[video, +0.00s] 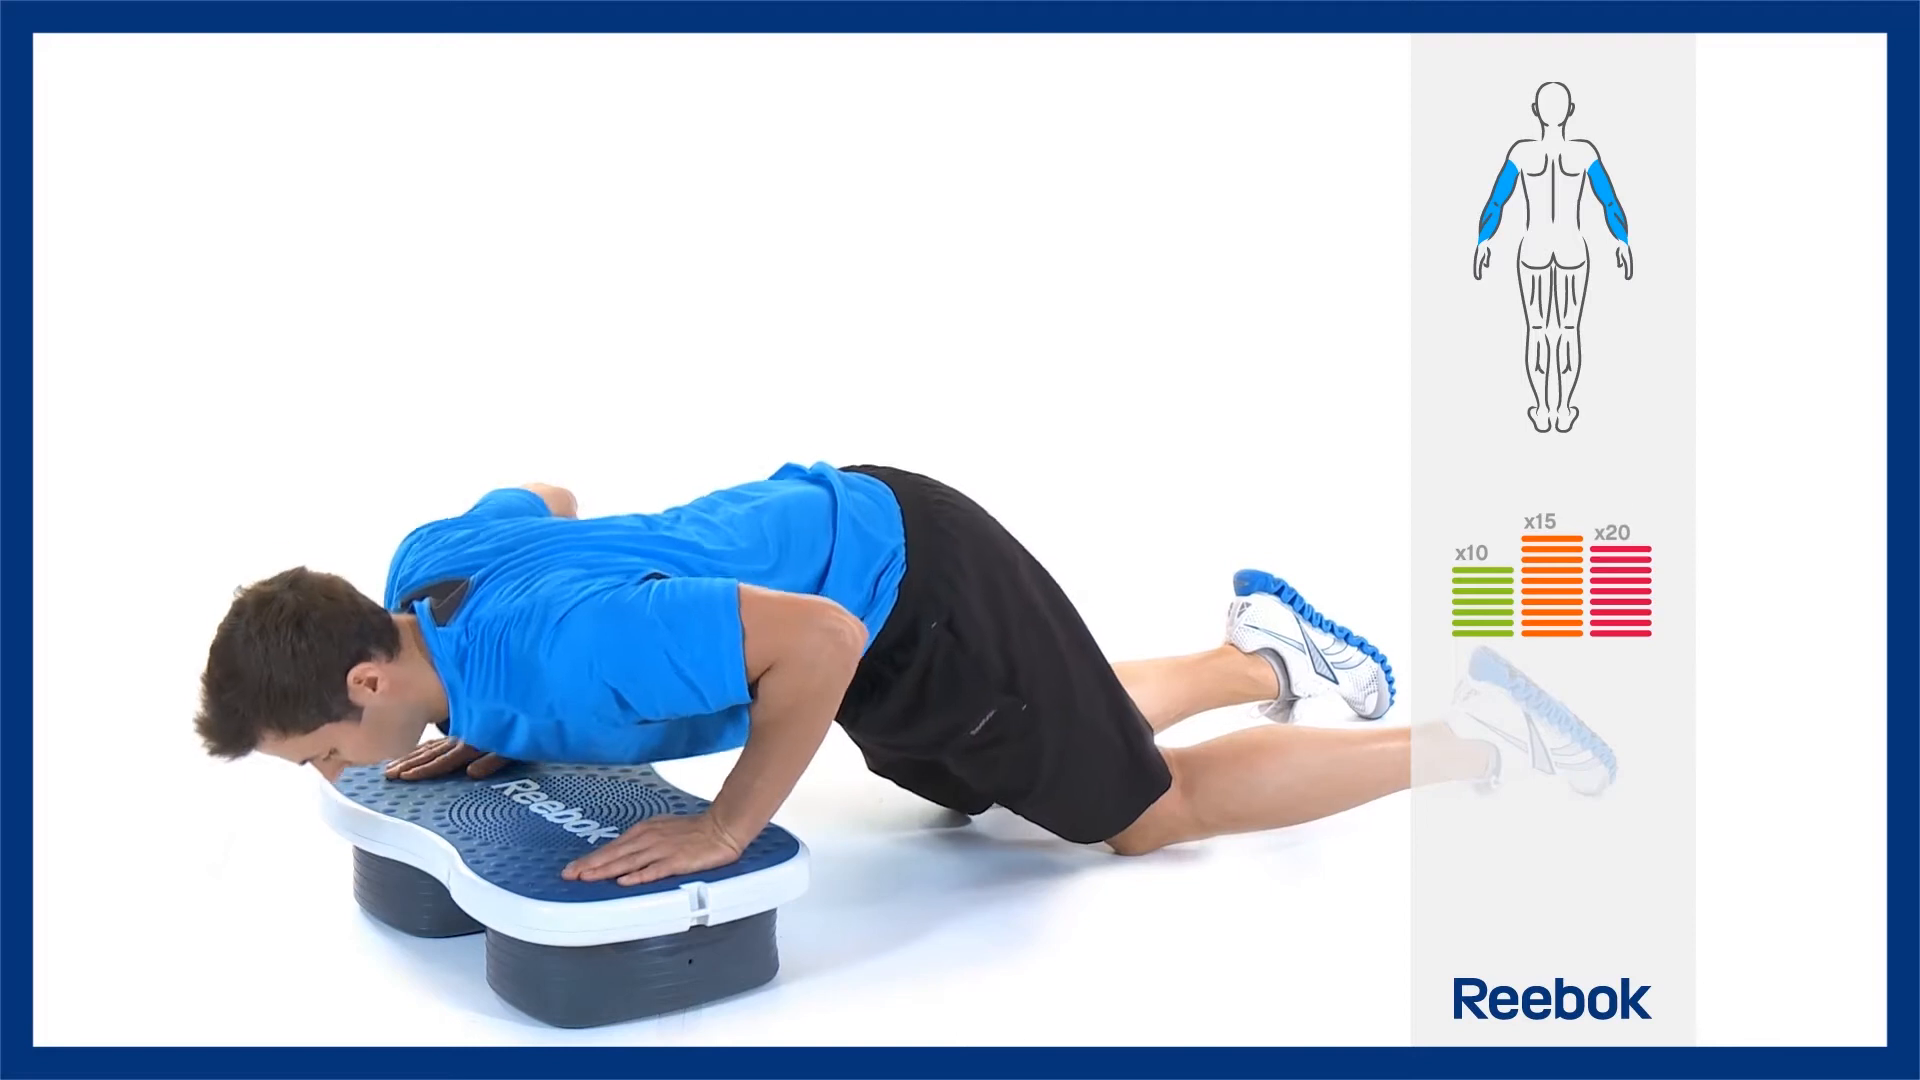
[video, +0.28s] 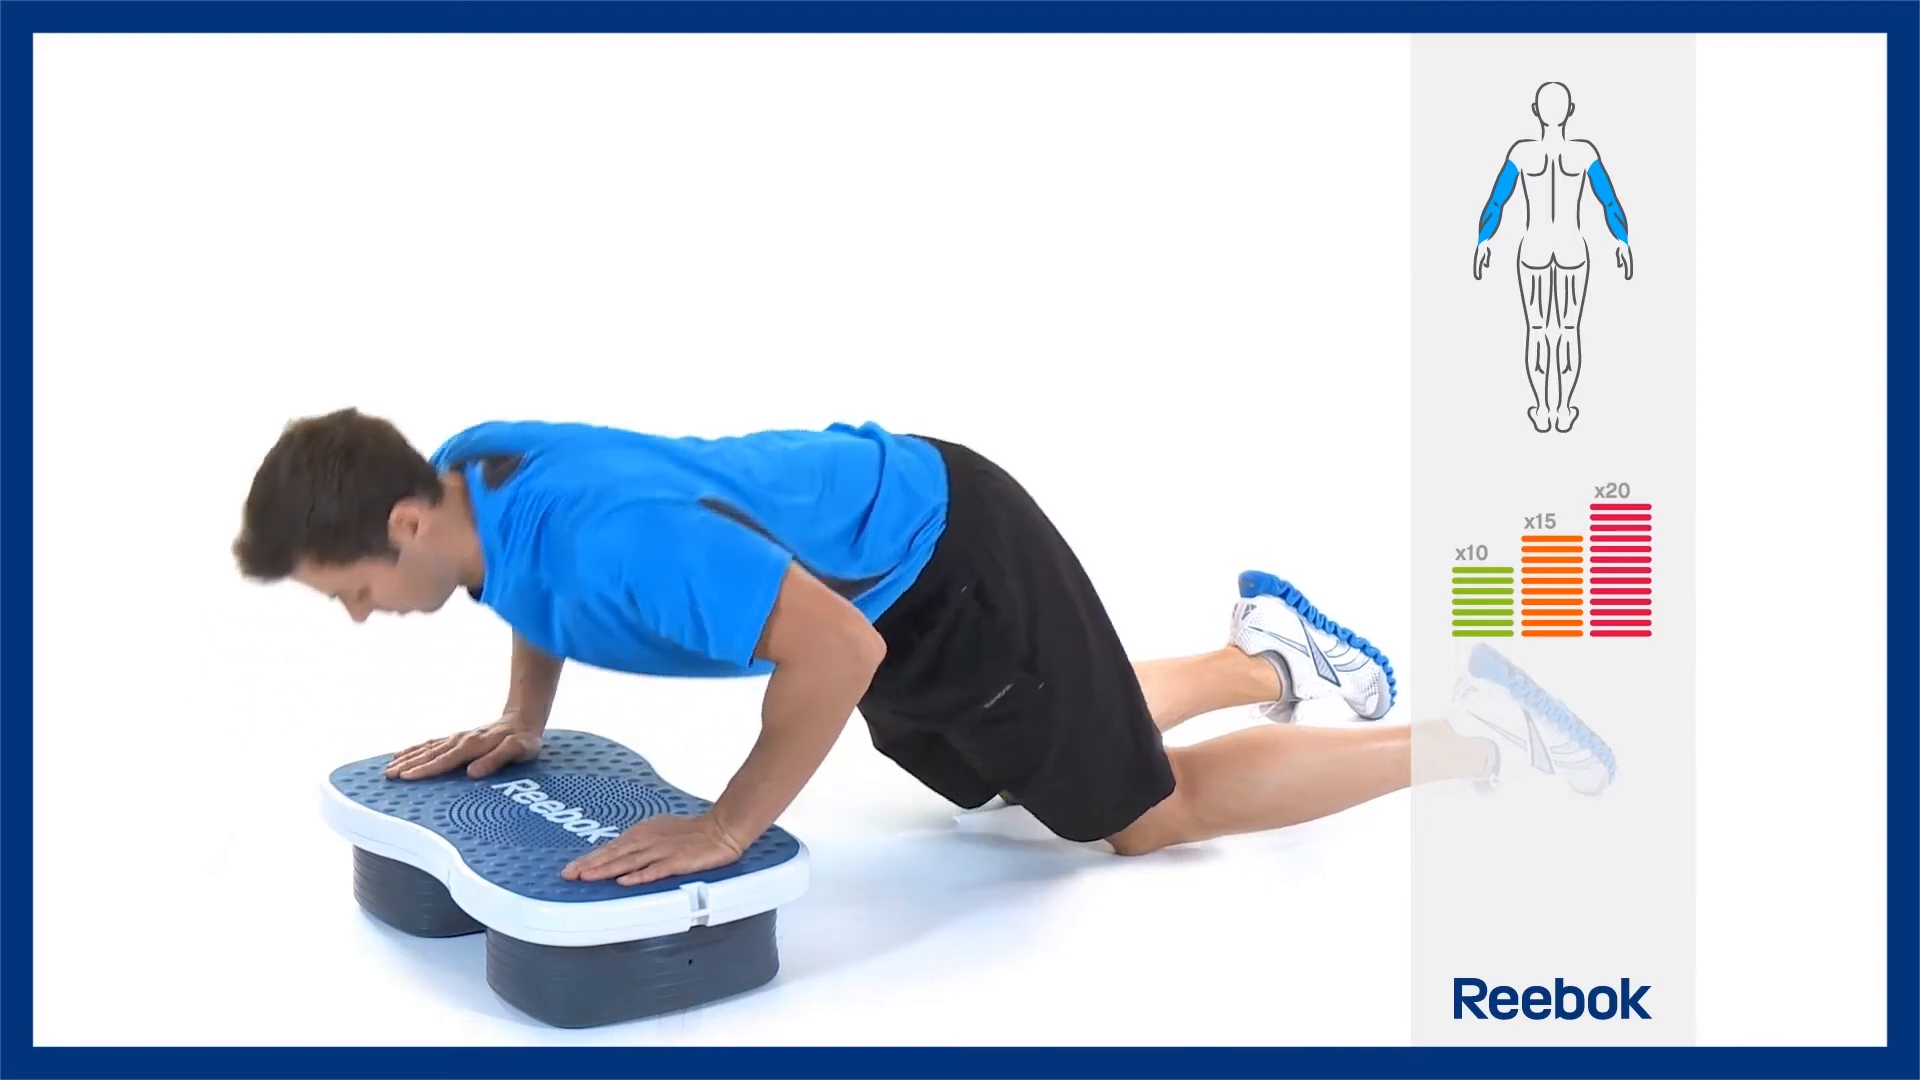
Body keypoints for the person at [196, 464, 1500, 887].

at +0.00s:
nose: (331, 778)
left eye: (317, 758)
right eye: (303, 767)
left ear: (367, 691)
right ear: (359, 664)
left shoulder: (578, 657)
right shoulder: (421, 586)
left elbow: (819, 640)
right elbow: (551, 499)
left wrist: (729, 826)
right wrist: (494, 691)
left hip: (918, 586)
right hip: (836, 629)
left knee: (1147, 809)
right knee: (1032, 758)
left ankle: (1472, 747)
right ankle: (1258, 658)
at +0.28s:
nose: (366, 618)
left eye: (349, 596)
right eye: (338, 604)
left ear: (397, 534)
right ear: (392, 507)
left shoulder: (599, 541)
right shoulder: (474, 469)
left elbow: (833, 644)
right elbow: (537, 586)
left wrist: (733, 821)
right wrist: (524, 717)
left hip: (951, 566)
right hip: (865, 590)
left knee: (1151, 808)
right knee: (1009, 763)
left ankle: (1458, 746)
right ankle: (1261, 660)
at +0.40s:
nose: (390, 518)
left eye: (388, 491)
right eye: (369, 502)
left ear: (455, 430)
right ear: (440, 431)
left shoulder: (634, 462)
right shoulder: (516, 430)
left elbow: (831, 638)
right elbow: (553, 554)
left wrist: (735, 820)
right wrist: (524, 716)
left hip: (978, 539)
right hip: (885, 583)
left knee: (1137, 805)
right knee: (1001, 762)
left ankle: (1466, 745)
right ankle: (1264, 657)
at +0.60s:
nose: (466, 369)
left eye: (466, 339)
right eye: (447, 349)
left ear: (540, 278)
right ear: (515, 287)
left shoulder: (707, 360)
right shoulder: (573, 351)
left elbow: (798, 597)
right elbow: (565, 527)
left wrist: (731, 814)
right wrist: (522, 720)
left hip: (1024, 507)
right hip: (915, 551)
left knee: (1155, 813)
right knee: (1022, 774)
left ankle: (1474, 742)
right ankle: (1266, 665)